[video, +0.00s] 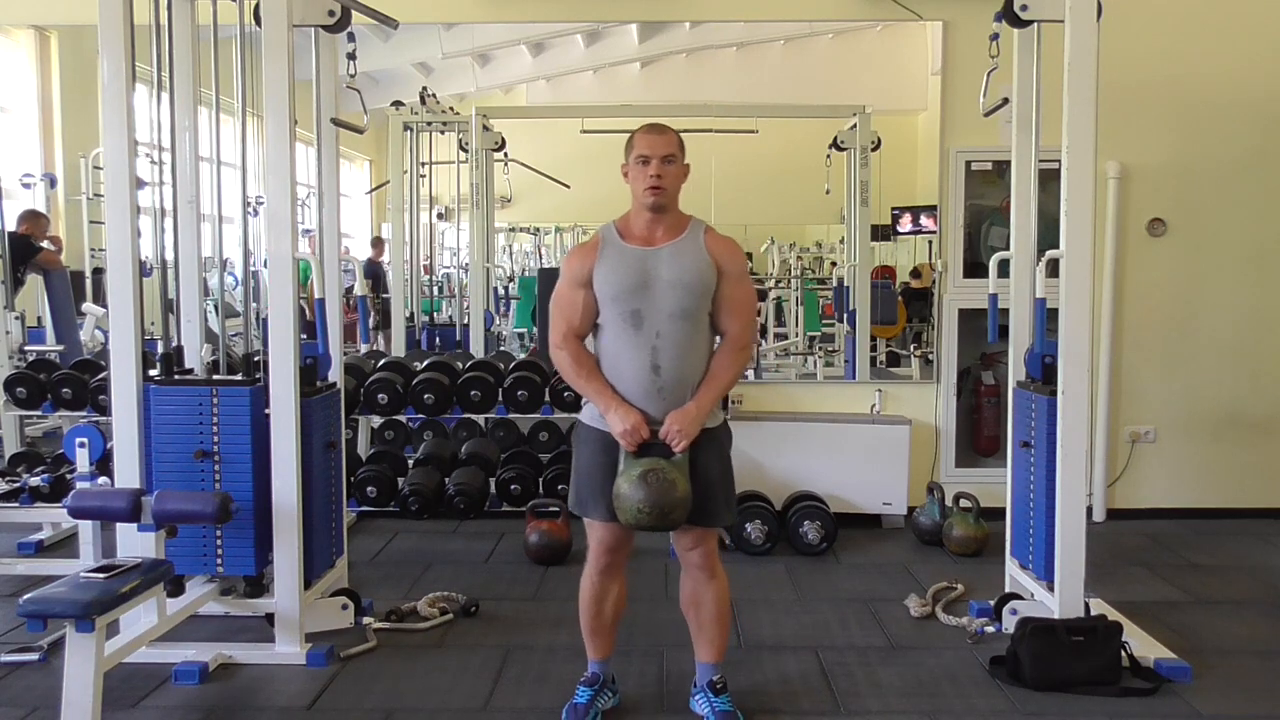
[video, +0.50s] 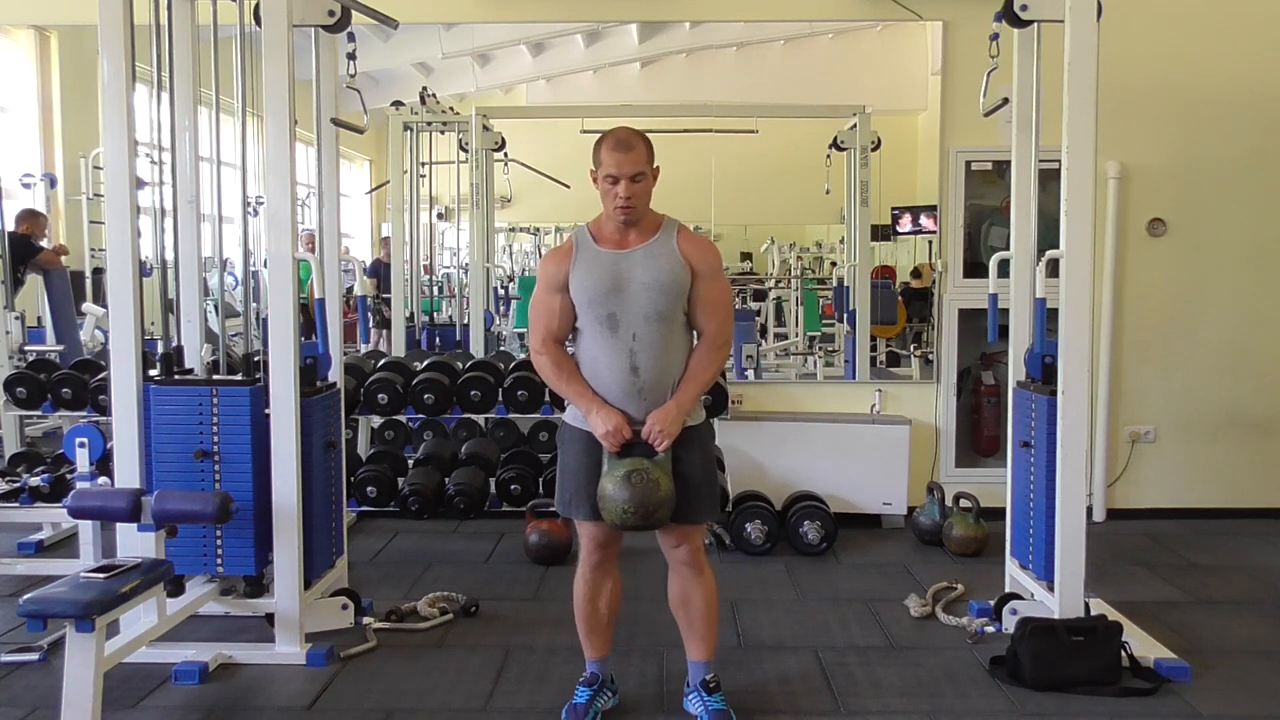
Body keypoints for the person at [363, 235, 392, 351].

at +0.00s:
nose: (384, 251)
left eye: (384, 247)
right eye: (382, 248)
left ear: (377, 248)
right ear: (376, 248)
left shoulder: (379, 265)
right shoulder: (368, 265)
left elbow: (384, 284)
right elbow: (367, 289)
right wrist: (372, 310)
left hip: (385, 302)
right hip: (375, 303)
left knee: (387, 336)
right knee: (372, 337)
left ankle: (388, 359)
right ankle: (367, 360)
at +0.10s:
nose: (386, 251)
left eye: (386, 248)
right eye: (384, 248)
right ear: (377, 248)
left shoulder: (382, 265)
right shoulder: (370, 266)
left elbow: (386, 285)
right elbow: (368, 289)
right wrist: (373, 310)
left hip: (387, 302)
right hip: (377, 303)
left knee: (388, 335)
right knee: (374, 337)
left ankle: (388, 358)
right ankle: (371, 359)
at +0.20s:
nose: (390, 249)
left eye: (389, 246)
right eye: (387, 246)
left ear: (382, 247)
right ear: (380, 247)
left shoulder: (386, 266)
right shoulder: (371, 266)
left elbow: (389, 285)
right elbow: (369, 288)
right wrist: (372, 307)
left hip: (388, 302)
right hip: (377, 303)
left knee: (388, 335)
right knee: (375, 335)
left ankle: (387, 358)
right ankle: (370, 359)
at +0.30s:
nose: (390, 248)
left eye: (390, 245)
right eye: (388, 245)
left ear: (383, 246)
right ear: (381, 247)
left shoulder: (389, 265)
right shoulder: (372, 266)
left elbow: (392, 285)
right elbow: (371, 288)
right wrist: (377, 307)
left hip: (390, 303)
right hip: (379, 304)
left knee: (388, 335)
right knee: (375, 336)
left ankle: (388, 358)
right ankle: (370, 358)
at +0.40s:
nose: (391, 248)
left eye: (391, 245)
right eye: (388, 245)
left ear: (390, 247)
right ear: (382, 246)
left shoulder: (392, 264)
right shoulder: (374, 265)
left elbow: (397, 285)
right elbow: (372, 289)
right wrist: (382, 308)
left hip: (393, 302)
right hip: (380, 304)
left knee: (390, 336)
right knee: (375, 336)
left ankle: (389, 359)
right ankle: (370, 359)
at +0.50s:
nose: (388, 248)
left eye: (390, 245)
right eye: (386, 245)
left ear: (393, 246)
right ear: (382, 247)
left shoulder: (396, 264)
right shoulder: (375, 265)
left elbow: (399, 285)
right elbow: (372, 288)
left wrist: (399, 305)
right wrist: (383, 306)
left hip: (393, 302)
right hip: (380, 303)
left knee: (389, 336)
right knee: (376, 336)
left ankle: (388, 360)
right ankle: (371, 360)